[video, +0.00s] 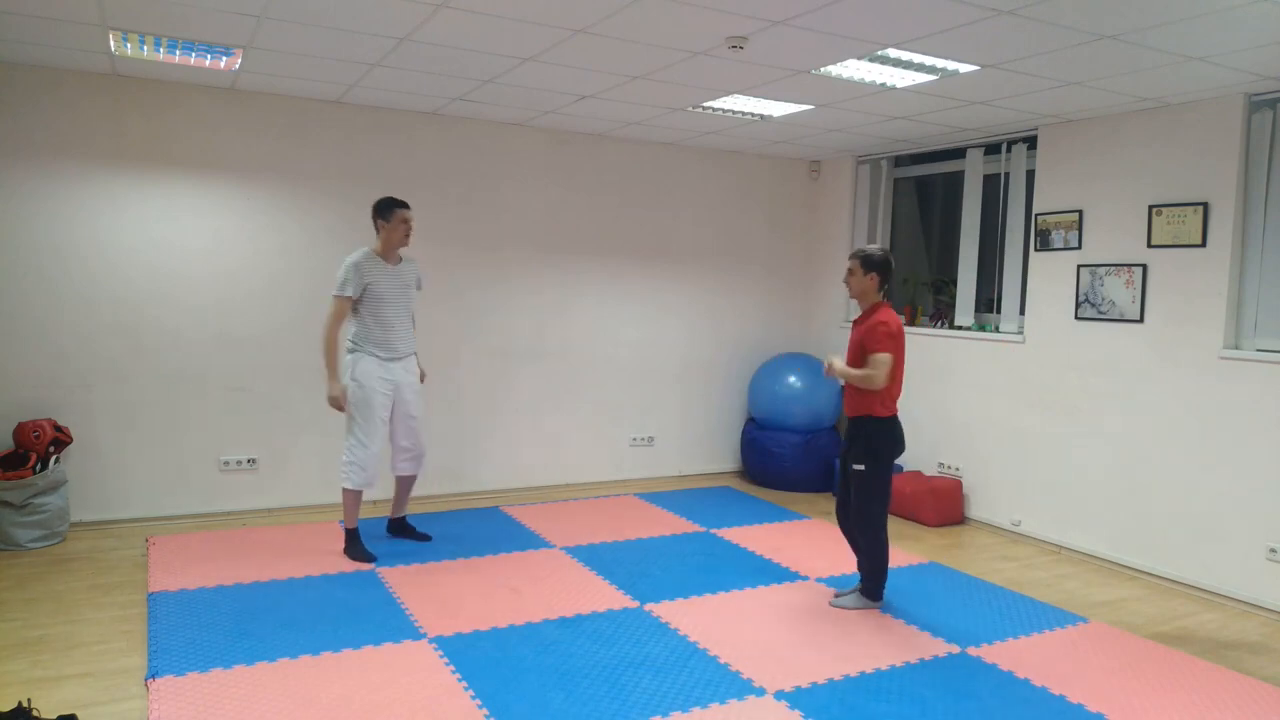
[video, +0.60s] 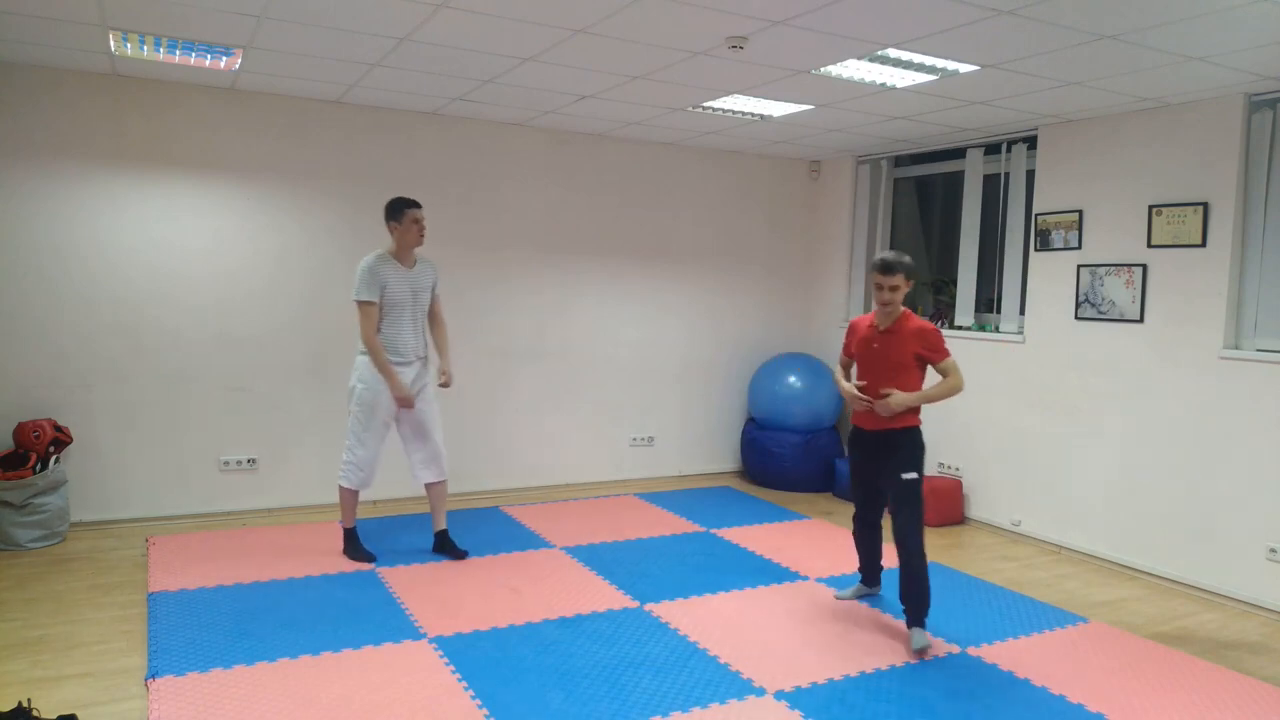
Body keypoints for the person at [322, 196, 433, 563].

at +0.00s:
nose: (410, 230)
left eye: (411, 223)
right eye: (404, 223)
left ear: (405, 228)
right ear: (381, 225)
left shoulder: (410, 268)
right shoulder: (357, 265)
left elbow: (406, 321)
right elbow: (332, 325)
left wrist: (415, 362)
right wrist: (333, 380)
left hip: (405, 368)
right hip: (368, 367)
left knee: (412, 446)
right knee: (363, 449)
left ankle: (398, 520)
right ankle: (352, 536)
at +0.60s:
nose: (422, 228)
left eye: (423, 222)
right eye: (415, 223)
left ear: (418, 227)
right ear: (394, 227)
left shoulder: (427, 268)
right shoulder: (373, 268)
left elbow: (435, 317)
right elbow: (368, 335)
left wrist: (444, 360)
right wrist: (394, 381)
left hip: (417, 371)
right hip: (377, 372)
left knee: (432, 450)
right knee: (360, 454)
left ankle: (441, 534)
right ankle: (350, 537)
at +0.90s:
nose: (458, 241)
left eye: (463, 235)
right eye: (453, 233)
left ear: (465, 236)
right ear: (435, 228)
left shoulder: (460, 275)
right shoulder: (406, 264)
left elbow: (463, 327)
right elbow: (388, 322)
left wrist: (472, 372)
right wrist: (415, 370)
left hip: (442, 371)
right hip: (401, 371)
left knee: (447, 452)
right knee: (388, 454)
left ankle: (442, 535)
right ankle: (360, 532)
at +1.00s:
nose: (469, 243)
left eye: (474, 238)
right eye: (464, 235)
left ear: (477, 238)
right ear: (446, 229)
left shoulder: (468, 277)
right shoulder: (414, 262)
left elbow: (470, 332)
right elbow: (390, 316)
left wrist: (477, 378)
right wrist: (407, 365)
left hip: (447, 369)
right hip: (406, 367)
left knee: (449, 452)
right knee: (396, 455)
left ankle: (443, 535)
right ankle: (367, 528)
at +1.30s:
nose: (483, 248)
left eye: (489, 243)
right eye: (479, 240)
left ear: (493, 242)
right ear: (463, 232)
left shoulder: (486, 280)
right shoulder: (431, 261)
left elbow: (485, 333)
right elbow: (397, 309)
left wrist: (489, 382)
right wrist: (379, 360)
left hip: (458, 371)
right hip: (418, 366)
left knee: (451, 453)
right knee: (414, 452)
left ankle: (443, 535)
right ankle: (413, 543)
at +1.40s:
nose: (485, 249)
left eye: (491, 243)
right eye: (481, 240)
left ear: (495, 243)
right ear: (465, 233)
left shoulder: (489, 281)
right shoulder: (433, 262)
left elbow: (489, 335)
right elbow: (402, 311)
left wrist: (493, 384)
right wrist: (382, 363)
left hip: (460, 371)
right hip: (420, 366)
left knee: (451, 452)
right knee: (423, 452)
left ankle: (443, 534)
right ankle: (428, 544)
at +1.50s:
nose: (486, 248)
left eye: (492, 243)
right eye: (481, 240)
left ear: (497, 243)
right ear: (465, 232)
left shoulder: (492, 280)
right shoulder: (436, 262)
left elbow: (493, 334)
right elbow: (405, 315)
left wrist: (499, 385)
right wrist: (394, 370)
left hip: (464, 371)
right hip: (424, 365)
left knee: (455, 452)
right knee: (431, 449)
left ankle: (444, 533)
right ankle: (439, 540)